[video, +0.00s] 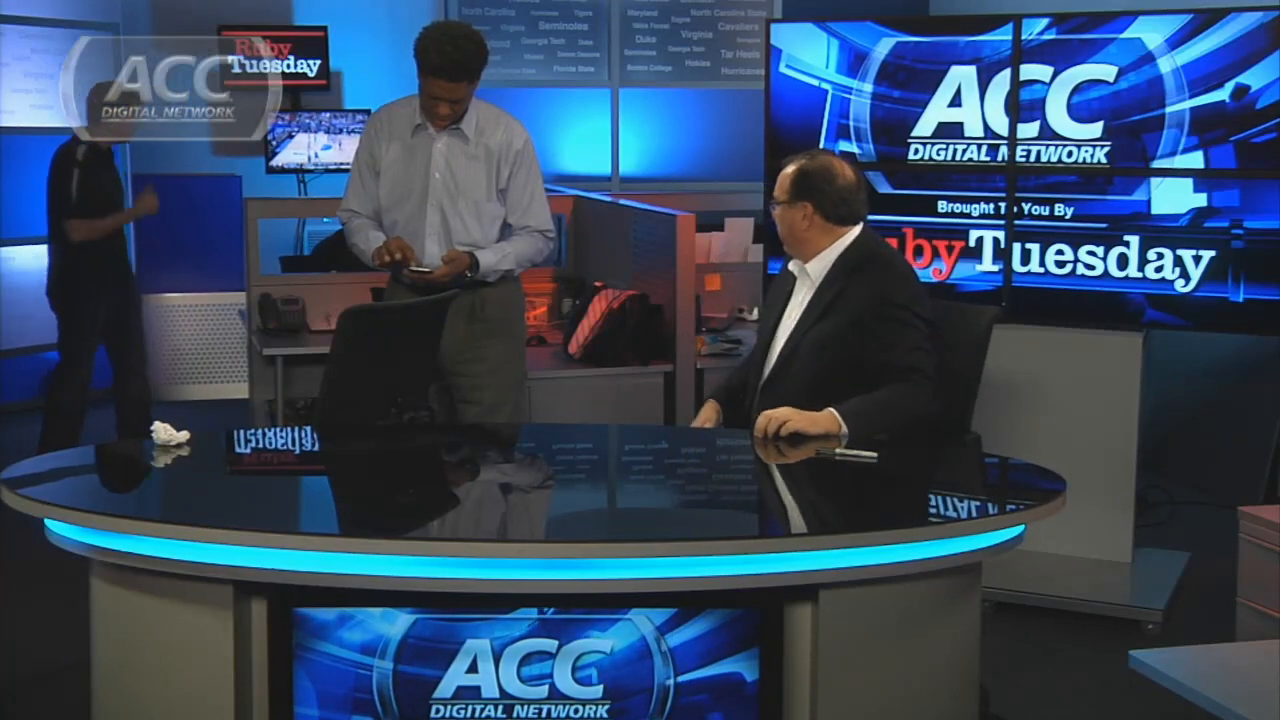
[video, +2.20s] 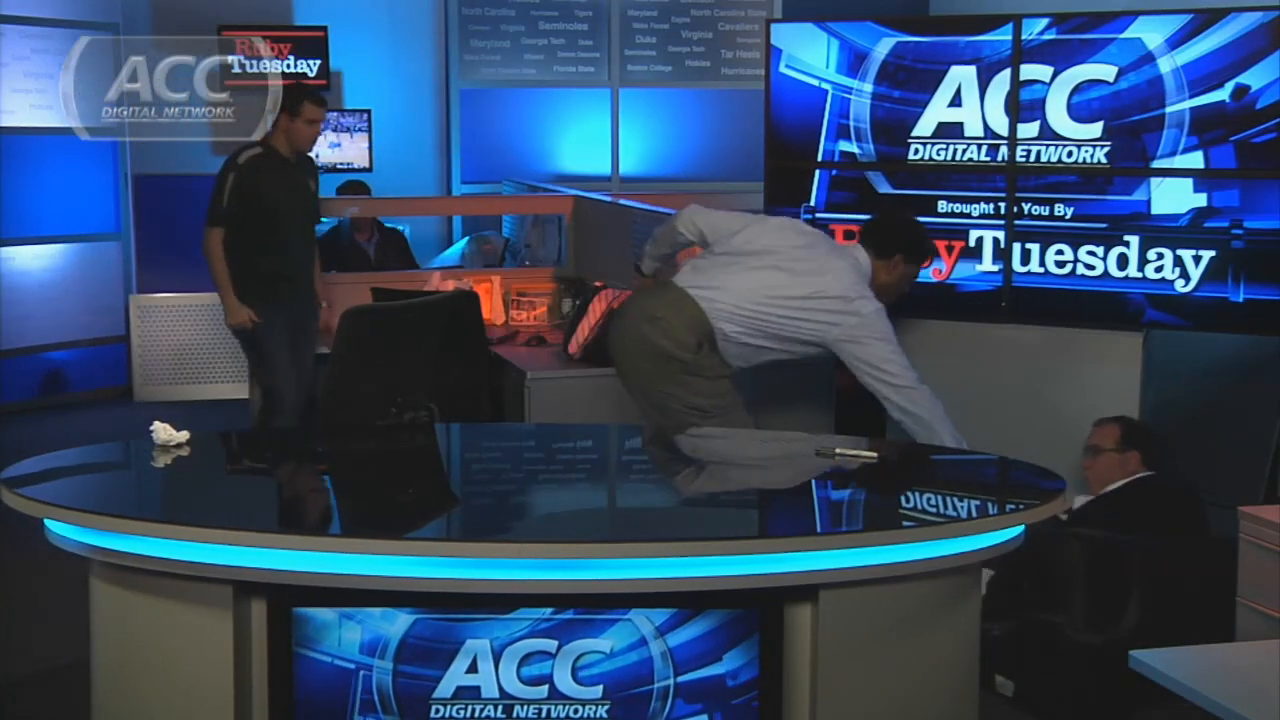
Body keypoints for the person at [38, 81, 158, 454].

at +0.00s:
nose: (134, 124)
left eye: (135, 115)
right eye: (128, 115)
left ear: (109, 117)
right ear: (107, 116)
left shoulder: (102, 157)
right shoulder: (72, 157)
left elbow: (98, 224)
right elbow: (74, 229)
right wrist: (134, 212)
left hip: (112, 282)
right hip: (79, 285)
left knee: (131, 370)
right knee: (75, 374)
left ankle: (135, 454)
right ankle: (53, 462)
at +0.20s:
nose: (154, 122)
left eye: (154, 114)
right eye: (148, 114)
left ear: (128, 115)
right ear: (126, 113)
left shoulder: (127, 156)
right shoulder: (96, 154)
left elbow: (127, 224)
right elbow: (88, 224)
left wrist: (142, 272)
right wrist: (140, 274)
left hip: (135, 283)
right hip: (102, 285)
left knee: (148, 375)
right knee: (102, 376)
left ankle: (141, 464)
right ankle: (61, 463)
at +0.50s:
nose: (176, 122)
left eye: (179, 114)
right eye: (170, 113)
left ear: (178, 117)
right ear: (150, 113)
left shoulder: (162, 159)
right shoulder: (113, 153)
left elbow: (160, 235)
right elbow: (83, 218)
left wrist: (175, 286)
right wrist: (82, 281)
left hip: (157, 281)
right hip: (119, 280)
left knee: (154, 371)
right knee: (136, 368)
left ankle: (141, 453)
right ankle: (110, 455)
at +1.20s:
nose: (181, 121)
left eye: (186, 112)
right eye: (172, 112)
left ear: (192, 115)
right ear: (154, 114)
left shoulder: (197, 157)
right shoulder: (124, 161)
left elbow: (207, 224)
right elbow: (104, 235)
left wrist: (218, 284)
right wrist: (122, 292)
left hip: (198, 290)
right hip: (149, 295)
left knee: (206, 383)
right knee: (159, 388)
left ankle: (199, 458)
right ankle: (165, 470)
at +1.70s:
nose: (232, 128)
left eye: (233, 119)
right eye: (224, 119)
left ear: (231, 121)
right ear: (199, 119)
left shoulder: (232, 164)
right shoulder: (161, 168)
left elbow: (244, 231)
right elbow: (145, 242)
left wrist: (251, 292)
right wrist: (178, 293)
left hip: (232, 300)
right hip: (181, 304)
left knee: (251, 394)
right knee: (181, 402)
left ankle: (259, 474)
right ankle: (181, 481)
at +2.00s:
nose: (290, 131)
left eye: (293, 123)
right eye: (283, 122)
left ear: (289, 125)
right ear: (259, 120)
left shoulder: (279, 165)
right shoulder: (217, 165)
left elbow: (276, 236)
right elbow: (191, 239)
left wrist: (285, 293)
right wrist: (225, 296)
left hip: (276, 304)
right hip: (231, 306)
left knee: (280, 396)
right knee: (230, 398)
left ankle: (276, 474)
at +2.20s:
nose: (318, 132)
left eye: (321, 124)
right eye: (311, 123)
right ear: (285, 120)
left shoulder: (307, 168)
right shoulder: (243, 164)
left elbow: (308, 239)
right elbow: (213, 238)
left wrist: (316, 292)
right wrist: (230, 303)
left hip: (300, 299)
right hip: (258, 302)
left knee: (301, 397)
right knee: (280, 399)